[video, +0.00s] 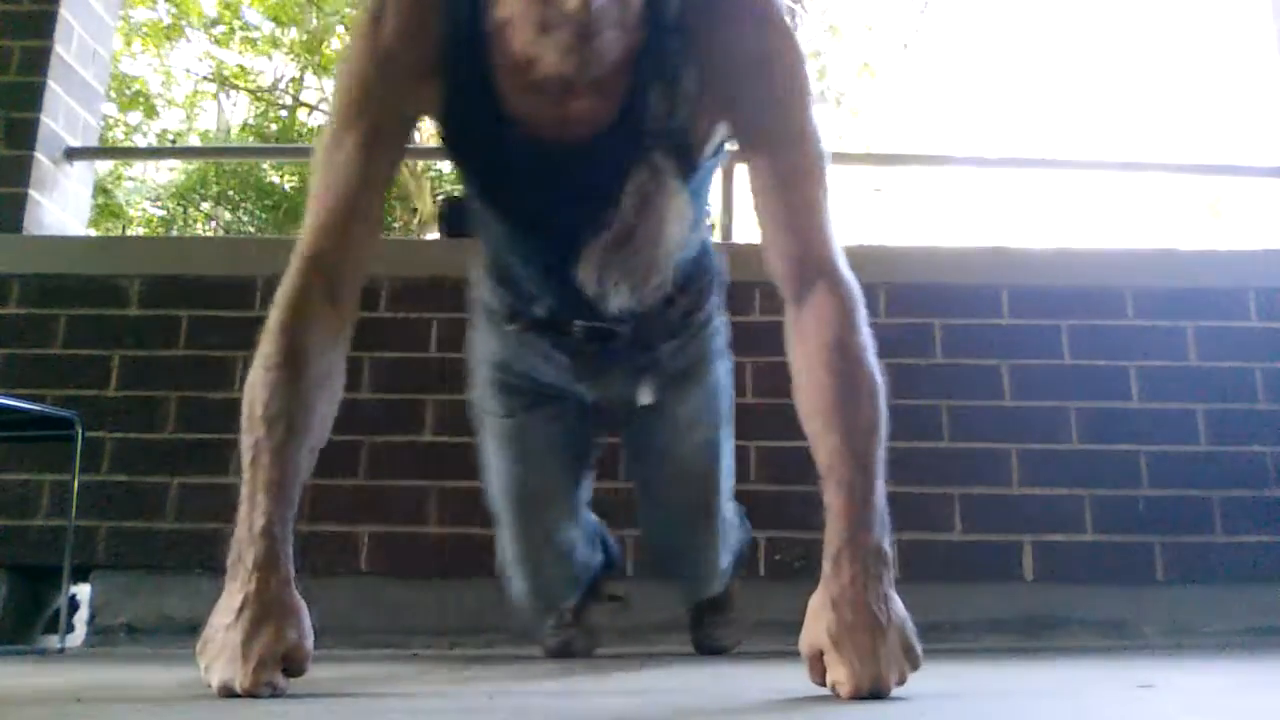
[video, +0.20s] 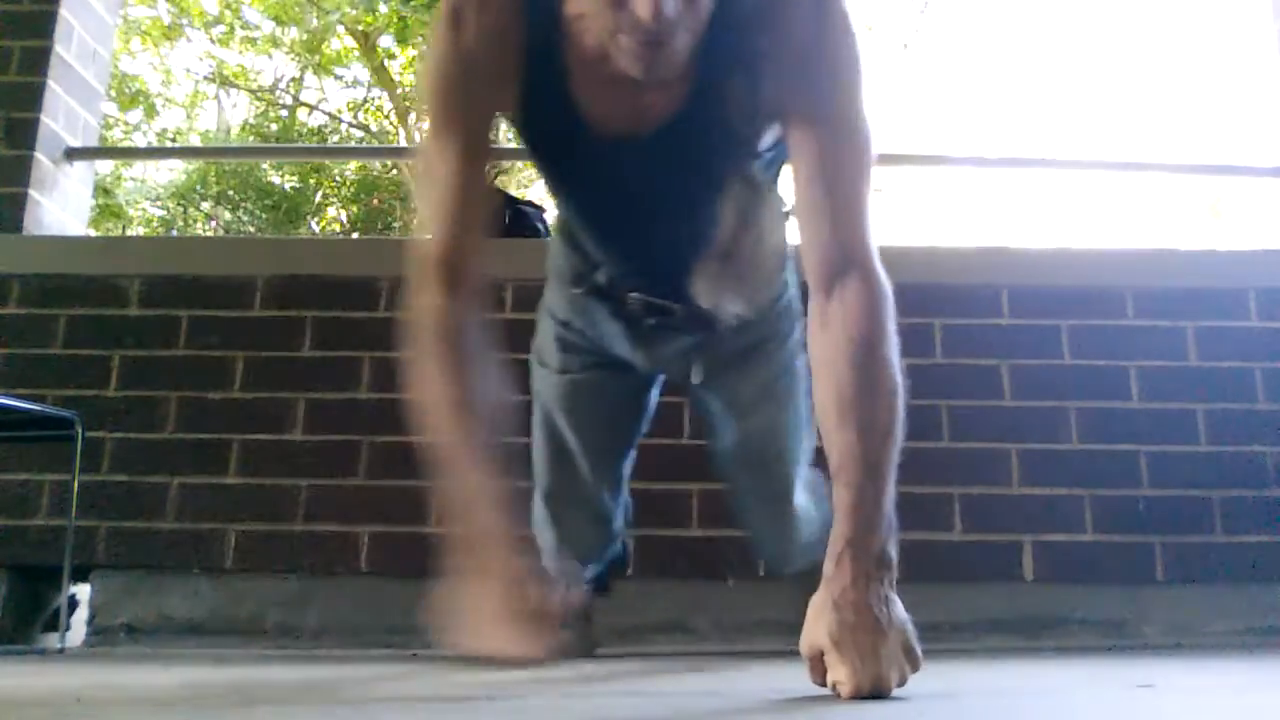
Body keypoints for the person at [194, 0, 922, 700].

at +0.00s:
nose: (558, 45)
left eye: (588, 16)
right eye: (528, 18)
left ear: (639, 4)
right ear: (489, 4)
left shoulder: (734, 24)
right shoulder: (409, 26)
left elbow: (813, 281)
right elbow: (322, 284)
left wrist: (860, 564)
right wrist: (259, 567)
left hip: (676, 321)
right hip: (522, 326)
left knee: (695, 554)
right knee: (541, 590)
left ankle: (710, 574)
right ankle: (586, 559)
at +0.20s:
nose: (652, 15)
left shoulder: (799, 21)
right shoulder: (485, 19)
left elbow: (846, 278)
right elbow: (444, 286)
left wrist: (862, 568)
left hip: (745, 292)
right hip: (593, 288)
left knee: (790, 541)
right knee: (566, 548)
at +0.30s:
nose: (693, 25)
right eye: (657, 2)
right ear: (603, 4)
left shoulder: (828, 20)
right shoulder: (521, 25)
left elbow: (864, 287)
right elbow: (546, 318)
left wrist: (862, 569)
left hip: (773, 305)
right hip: (618, 306)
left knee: (848, 514)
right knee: (580, 514)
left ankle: (863, 611)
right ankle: (586, 583)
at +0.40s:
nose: (734, 44)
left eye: (767, 10)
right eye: (699, 10)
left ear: (809, 7)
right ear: (641, 13)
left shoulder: (861, 21)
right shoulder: (556, 22)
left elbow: (886, 290)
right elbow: (595, 321)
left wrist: (865, 574)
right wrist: (677, 570)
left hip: (793, 329)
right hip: (641, 320)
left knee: (896, 493)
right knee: (590, 545)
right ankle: (585, 594)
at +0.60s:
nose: (788, 19)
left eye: (823, 3)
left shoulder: (924, 27)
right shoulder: (626, 21)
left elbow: (944, 292)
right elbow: (636, 311)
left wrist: (913, 566)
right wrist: (676, 573)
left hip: (840, 332)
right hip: (685, 329)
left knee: (942, 524)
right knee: (607, 568)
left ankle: (1017, 562)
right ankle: (589, 588)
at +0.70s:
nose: (804, 30)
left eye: (841, 7)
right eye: (779, 0)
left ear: (882, 1)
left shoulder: (960, 25)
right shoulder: (648, 21)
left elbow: (1018, 278)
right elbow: (639, 299)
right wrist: (675, 573)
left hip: (865, 321)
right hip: (705, 324)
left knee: (963, 507)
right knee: (641, 553)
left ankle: (1030, 560)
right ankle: (594, 571)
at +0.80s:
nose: (844, 28)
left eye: (878, 8)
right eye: (816, 3)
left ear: (919, 0)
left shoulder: (997, 23)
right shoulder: (679, 21)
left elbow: (1077, 275)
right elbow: (650, 298)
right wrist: (676, 569)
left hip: (884, 317)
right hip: (721, 323)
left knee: (989, 503)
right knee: (651, 537)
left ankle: (1041, 574)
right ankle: (599, 572)